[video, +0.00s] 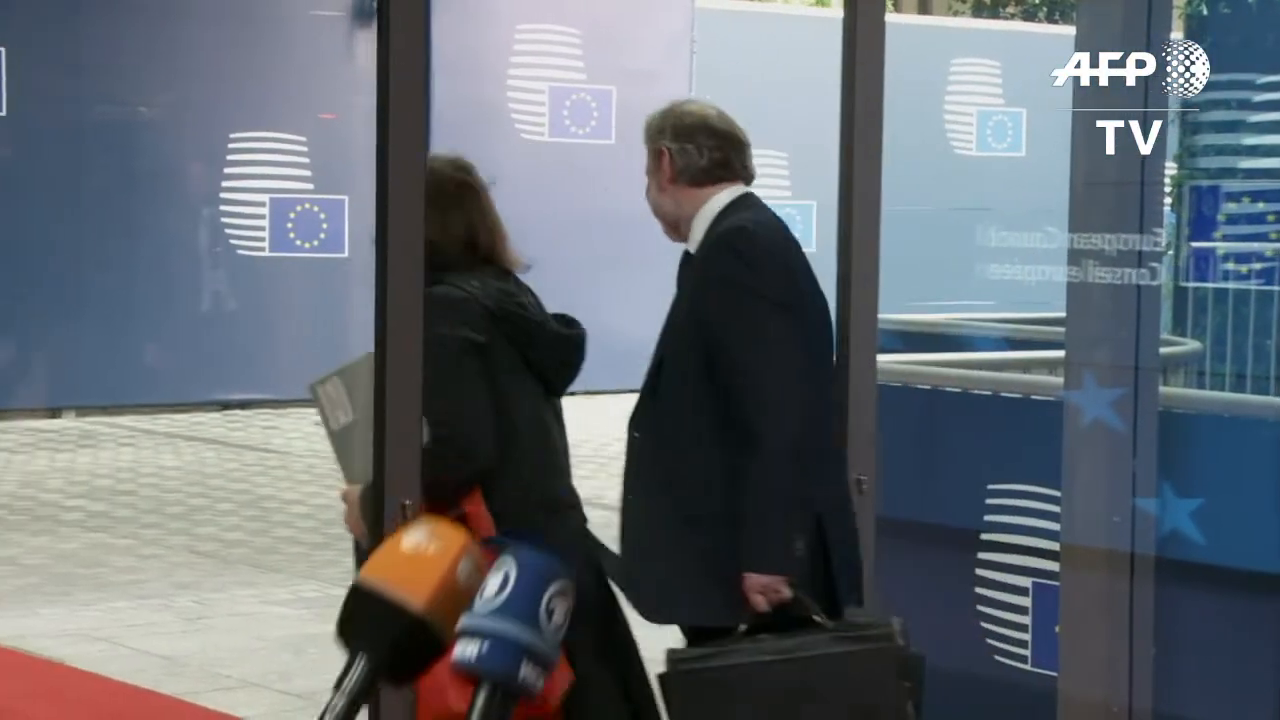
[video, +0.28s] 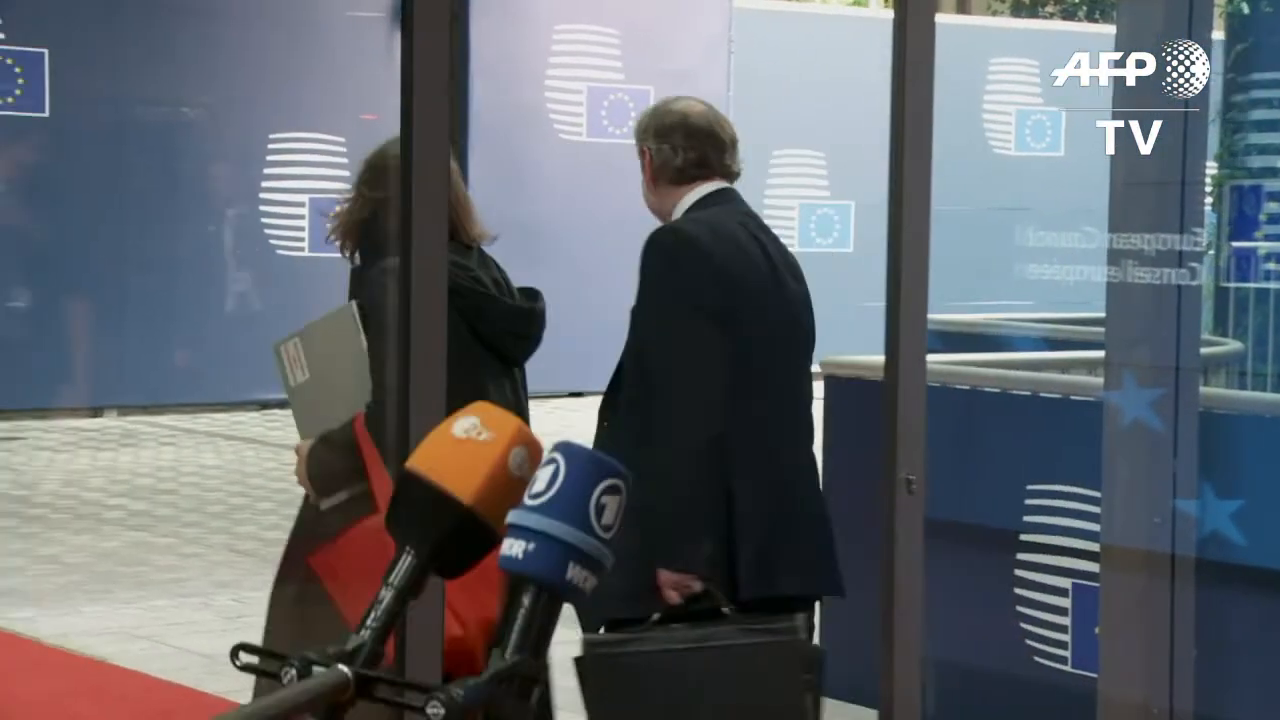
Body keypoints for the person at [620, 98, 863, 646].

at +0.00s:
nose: (647, 193)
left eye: (647, 174)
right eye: (646, 176)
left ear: (667, 166)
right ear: (730, 163)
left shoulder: (737, 248)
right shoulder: (746, 239)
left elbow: (774, 410)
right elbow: (774, 408)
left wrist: (765, 553)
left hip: (739, 570)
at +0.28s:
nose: (641, 178)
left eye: (639, 163)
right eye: (640, 163)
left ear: (650, 165)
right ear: (728, 160)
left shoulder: (680, 247)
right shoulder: (771, 251)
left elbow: (680, 407)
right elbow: (776, 409)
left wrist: (679, 548)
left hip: (698, 552)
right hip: (773, 541)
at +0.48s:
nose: (618, 195)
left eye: (618, 182)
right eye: (618, 183)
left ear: (627, 185)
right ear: (701, 179)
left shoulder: (630, 263)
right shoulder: (760, 272)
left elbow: (622, 417)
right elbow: (766, 424)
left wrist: (611, 556)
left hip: (661, 556)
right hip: (753, 550)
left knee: (657, 708)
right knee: (756, 709)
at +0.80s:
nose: (578, 171)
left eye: (577, 162)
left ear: (584, 168)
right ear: (661, 158)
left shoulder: (564, 251)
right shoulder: (727, 256)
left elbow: (546, 396)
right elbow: (763, 400)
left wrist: (525, 512)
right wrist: (768, 516)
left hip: (596, 515)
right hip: (699, 517)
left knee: (607, 688)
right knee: (664, 683)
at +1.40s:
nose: (559, 165)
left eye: (559, 157)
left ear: (564, 165)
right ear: (633, 165)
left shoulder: (524, 240)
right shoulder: (682, 255)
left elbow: (496, 376)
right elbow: (701, 383)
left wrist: (483, 494)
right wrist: (690, 491)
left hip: (542, 485)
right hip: (643, 488)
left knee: (527, 661)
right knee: (629, 661)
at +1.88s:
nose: (567, 174)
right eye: (566, 166)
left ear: (498, 178)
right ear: (560, 173)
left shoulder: (468, 249)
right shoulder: (610, 253)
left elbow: (445, 367)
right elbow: (636, 371)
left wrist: (439, 473)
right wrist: (624, 465)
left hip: (489, 469)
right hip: (580, 469)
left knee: (477, 618)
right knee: (562, 605)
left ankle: (479, 716)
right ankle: (592, 708)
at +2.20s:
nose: (549, 181)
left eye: (543, 173)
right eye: (548, 174)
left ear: (483, 180)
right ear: (542, 181)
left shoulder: (445, 249)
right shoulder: (585, 259)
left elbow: (416, 354)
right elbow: (612, 367)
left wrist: (402, 453)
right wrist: (617, 460)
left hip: (467, 458)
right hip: (551, 462)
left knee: (484, 600)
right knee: (522, 591)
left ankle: (502, 710)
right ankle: (498, 704)